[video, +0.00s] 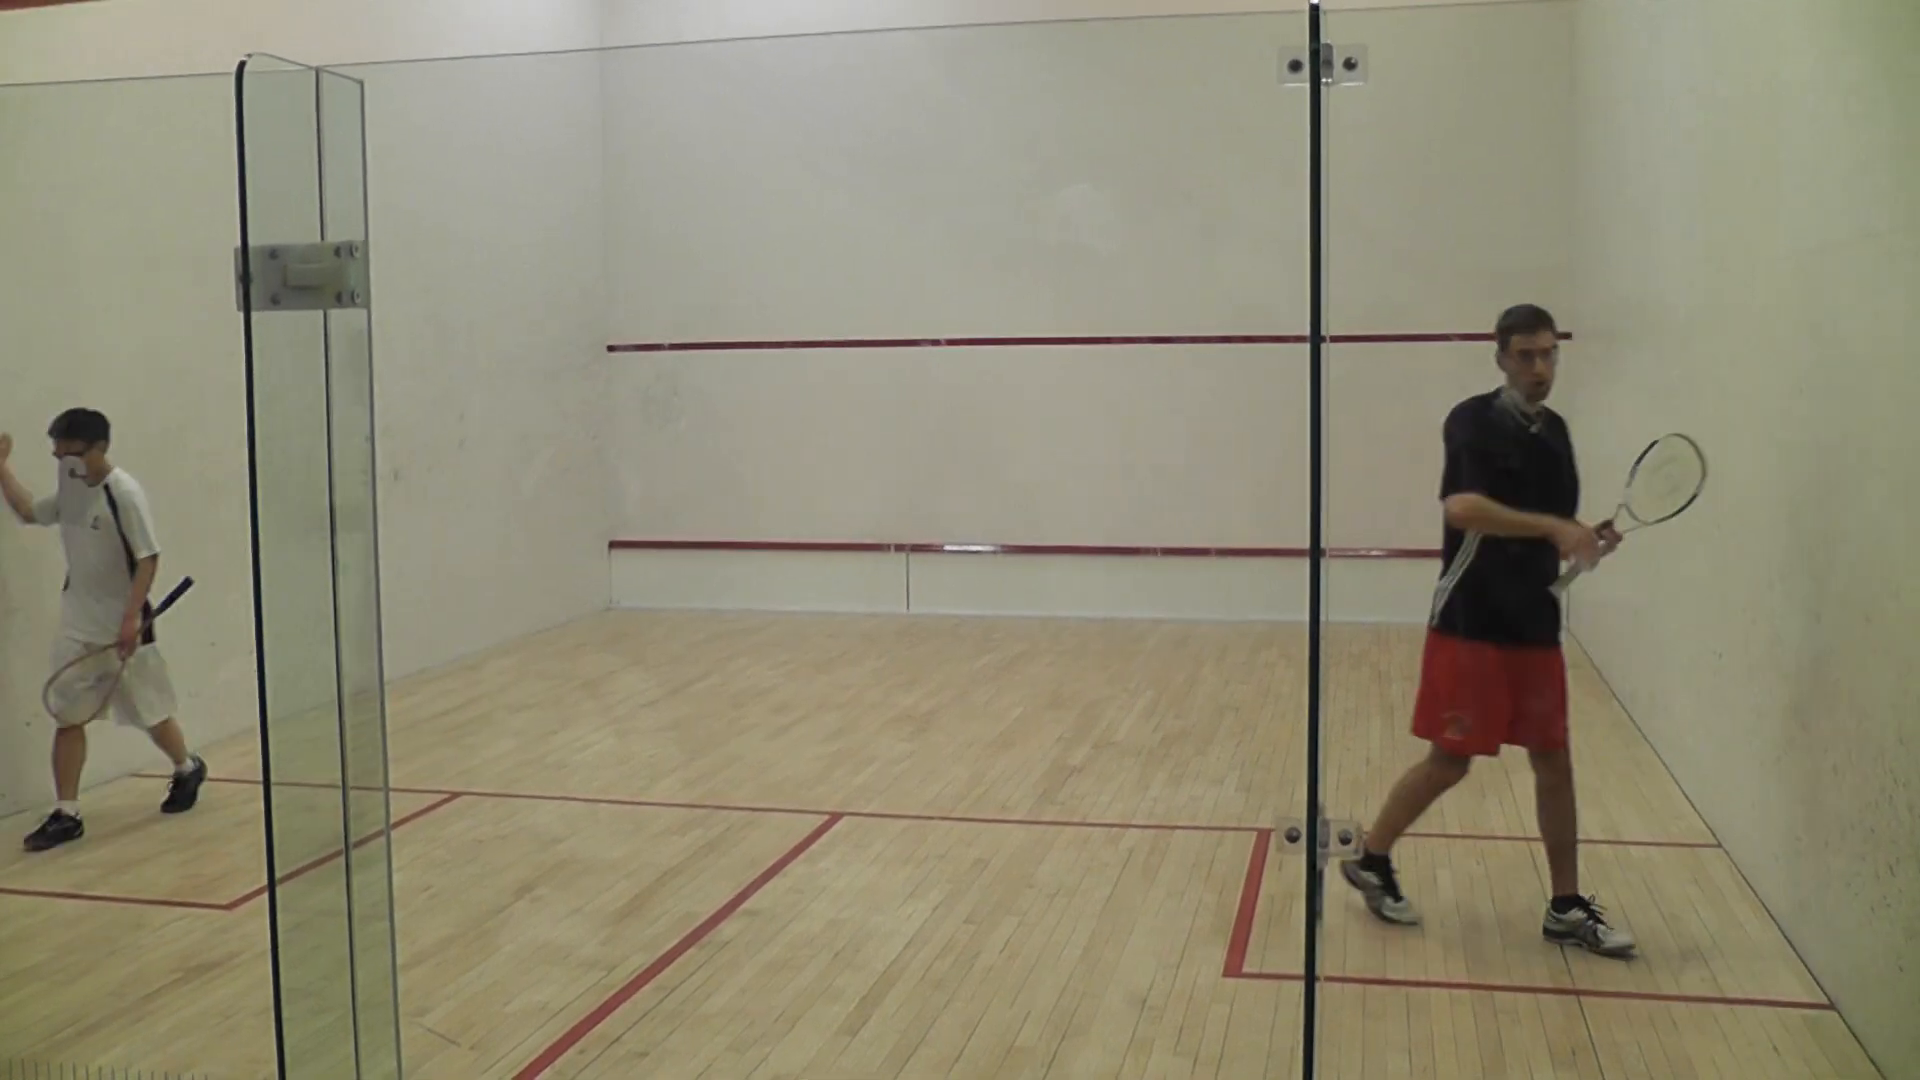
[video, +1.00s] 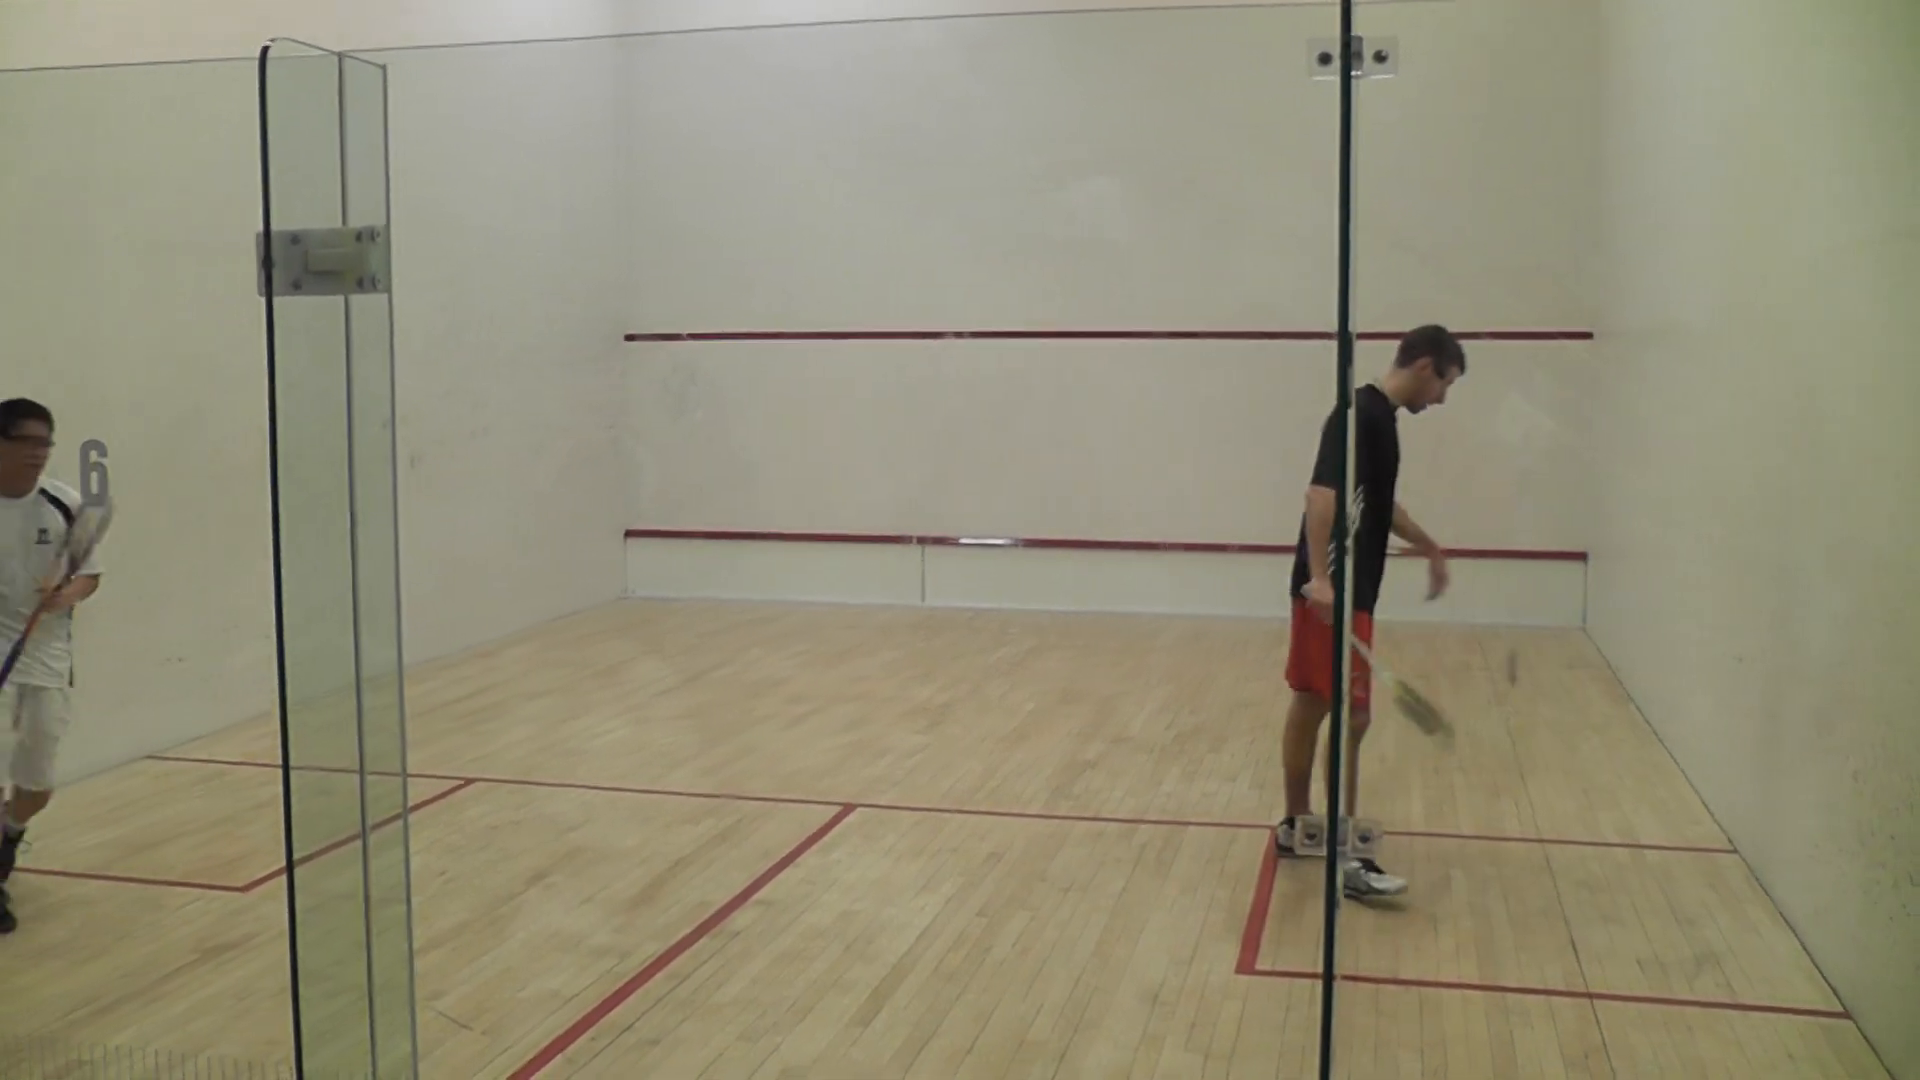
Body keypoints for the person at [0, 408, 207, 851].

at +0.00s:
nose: (66, 465)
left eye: (72, 456)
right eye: (62, 457)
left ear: (100, 449)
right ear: (62, 455)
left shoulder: (123, 492)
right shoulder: (71, 487)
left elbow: (148, 558)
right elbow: (30, 511)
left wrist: (132, 617)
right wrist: (3, 468)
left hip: (124, 625)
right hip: (79, 624)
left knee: (150, 710)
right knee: (68, 717)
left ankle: (187, 769)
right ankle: (66, 813)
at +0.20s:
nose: (19, 455)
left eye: (27, 445)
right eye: (13, 445)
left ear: (55, 440)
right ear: (9, 442)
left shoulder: (80, 484)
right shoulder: (10, 496)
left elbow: (107, 550)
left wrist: (84, 606)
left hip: (67, 623)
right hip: (20, 624)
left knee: (63, 721)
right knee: (36, 723)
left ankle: (100, 784)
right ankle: (60, 811)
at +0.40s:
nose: (0, 462)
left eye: (3, 453)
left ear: (15, 449)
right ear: (6, 450)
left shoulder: (39, 493)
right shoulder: (14, 495)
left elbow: (82, 551)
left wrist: (62, 608)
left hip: (31, 634)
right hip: (3, 634)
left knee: (22, 741)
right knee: (20, 731)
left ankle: (1, 843)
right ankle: (56, 805)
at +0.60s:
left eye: (1, 447)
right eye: (1, 448)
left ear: (6, 447)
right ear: (6, 447)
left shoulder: (25, 499)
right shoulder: (24, 499)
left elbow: (66, 561)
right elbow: (66, 561)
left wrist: (48, 615)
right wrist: (47, 616)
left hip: (15, 659)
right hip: (10, 661)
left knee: (5, 764)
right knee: (6, 765)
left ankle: (0, 851)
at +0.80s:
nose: (1, 446)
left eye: (6, 437)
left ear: (18, 440)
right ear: (3, 441)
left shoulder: (37, 495)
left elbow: (73, 563)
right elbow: (74, 563)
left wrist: (46, 601)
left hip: (16, 651)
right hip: (9, 652)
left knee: (9, 760)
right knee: (8, 760)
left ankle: (2, 844)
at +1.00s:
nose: (37, 454)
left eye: (45, 444)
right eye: (25, 443)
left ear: (52, 450)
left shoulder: (63, 507)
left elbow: (91, 573)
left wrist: (68, 593)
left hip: (45, 660)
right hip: (1, 656)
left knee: (37, 784)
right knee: (1, 779)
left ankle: (9, 829)